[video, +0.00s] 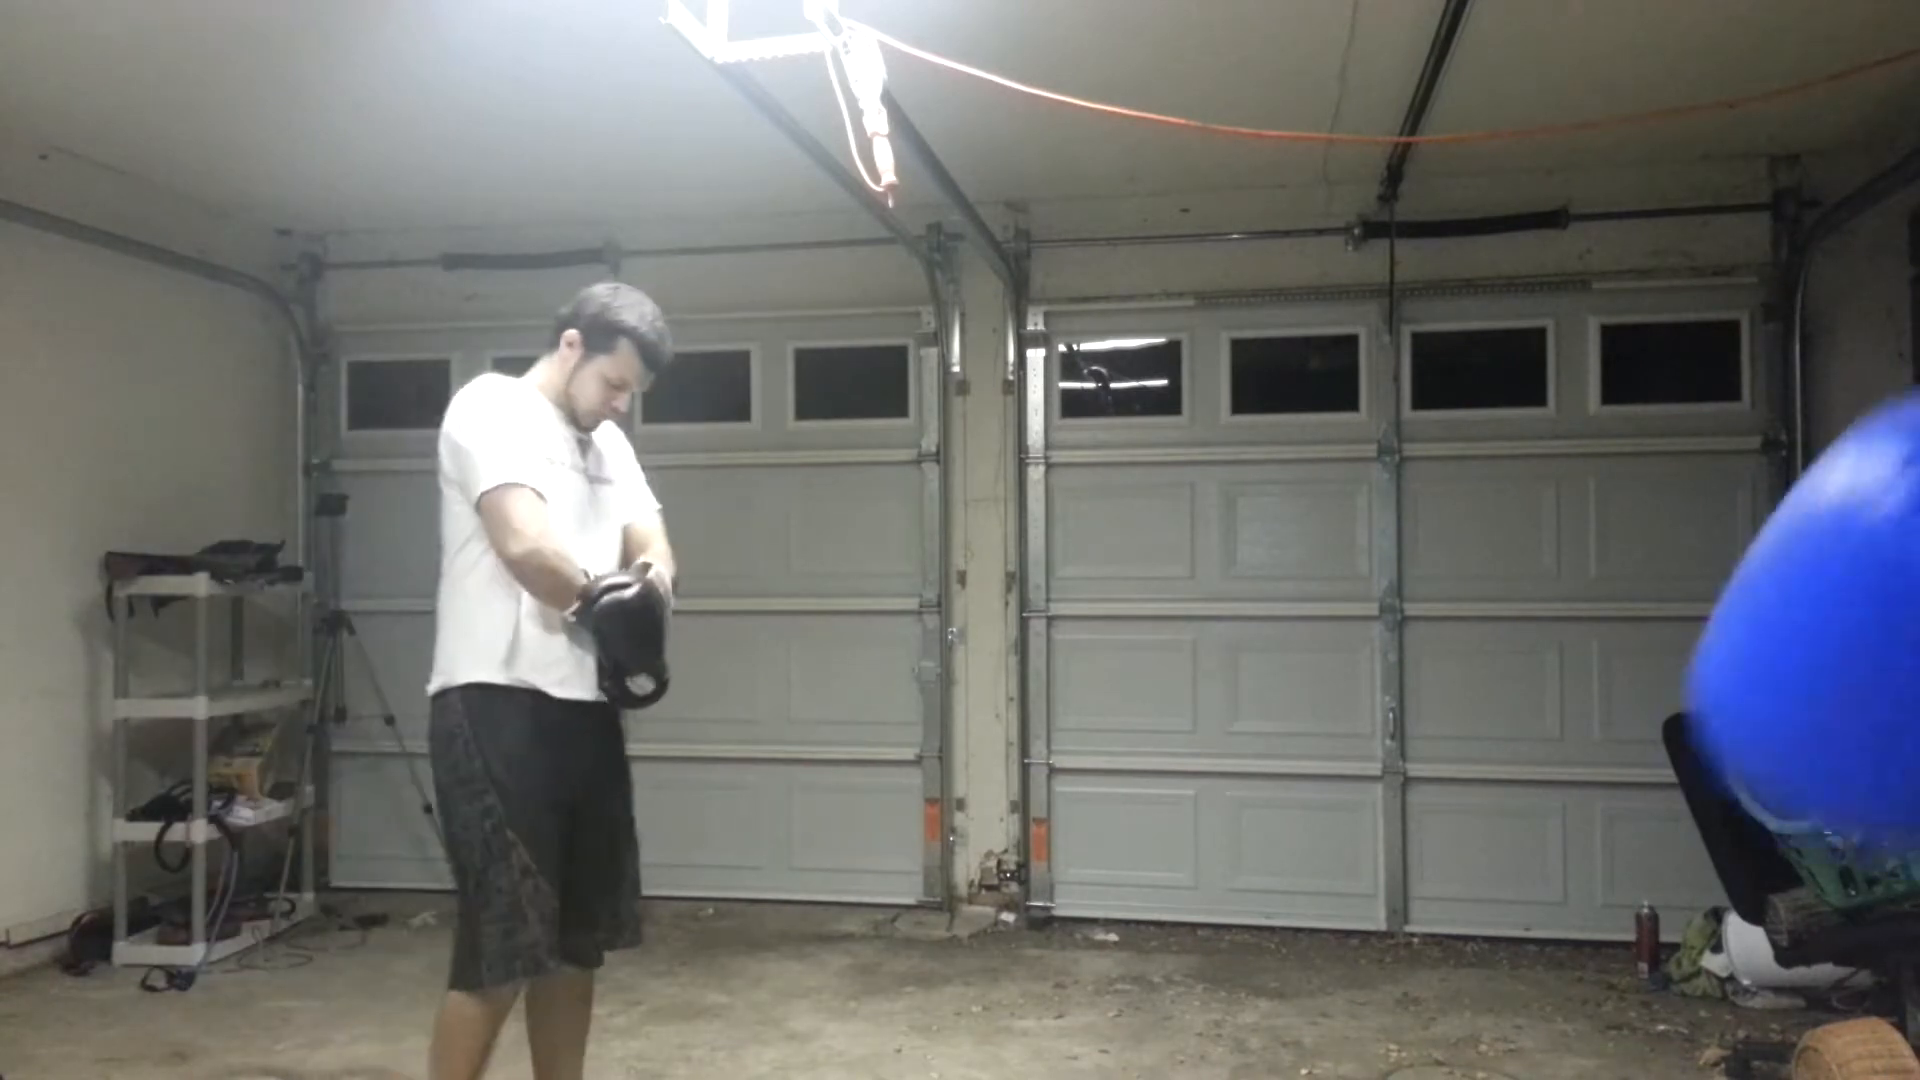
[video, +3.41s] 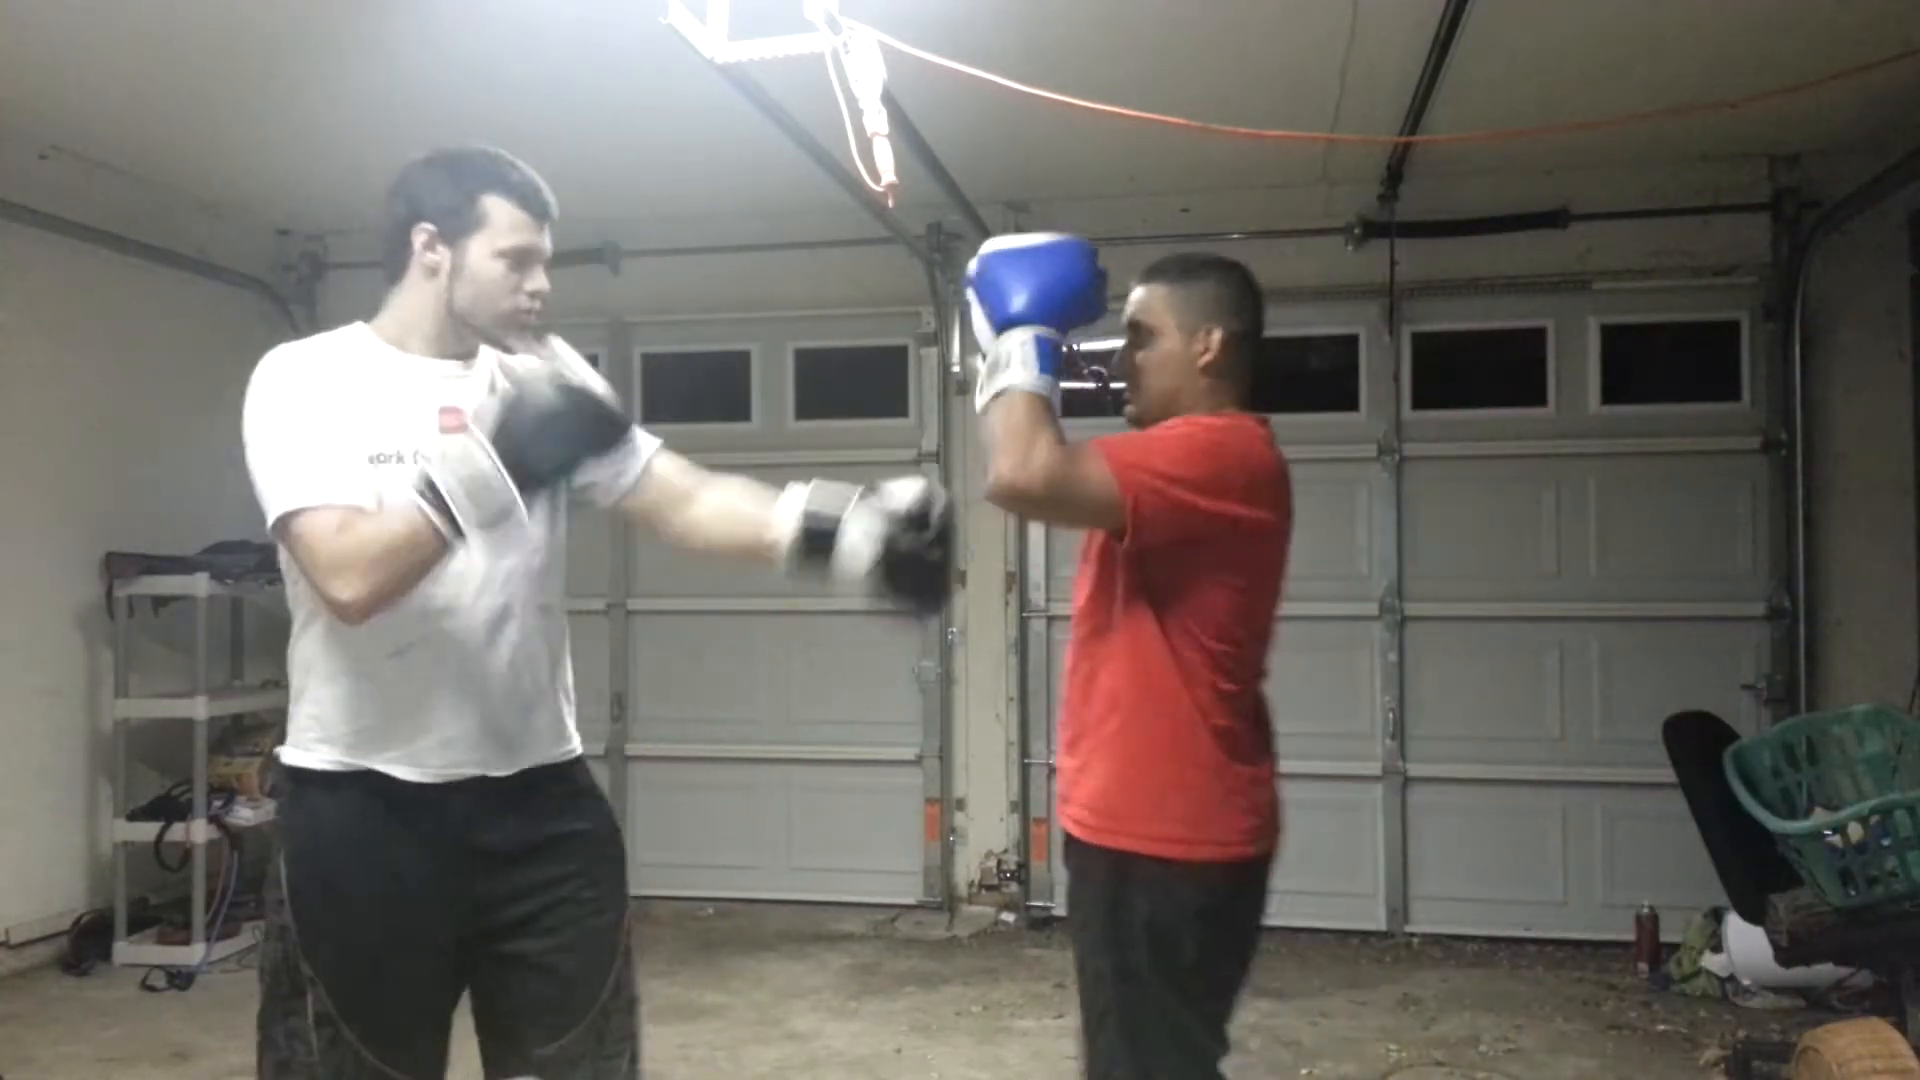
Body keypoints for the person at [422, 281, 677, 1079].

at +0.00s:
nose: (620, 407)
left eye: (632, 394)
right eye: (614, 384)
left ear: (635, 384)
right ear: (569, 347)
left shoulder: (610, 442)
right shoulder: (489, 405)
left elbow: (653, 551)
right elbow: (523, 546)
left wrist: (644, 589)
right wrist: (599, 605)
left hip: (584, 706)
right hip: (491, 701)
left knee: (575, 940)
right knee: (505, 933)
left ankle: (561, 1078)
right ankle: (450, 1070)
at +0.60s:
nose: (581, 331)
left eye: (595, 311)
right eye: (560, 312)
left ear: (613, 314)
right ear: (514, 316)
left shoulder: (641, 425)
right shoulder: (458, 435)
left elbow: (692, 551)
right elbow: (418, 604)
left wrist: (718, 606)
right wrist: (544, 670)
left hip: (636, 737)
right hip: (512, 749)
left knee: (647, 957)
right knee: (527, 994)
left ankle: (592, 1078)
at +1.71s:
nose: (675, 273)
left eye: (692, 260)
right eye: (652, 252)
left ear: (705, 287)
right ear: (599, 267)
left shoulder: (738, 431)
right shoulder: (503, 396)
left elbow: (780, 603)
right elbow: (410, 565)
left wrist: (727, 575)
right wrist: (518, 560)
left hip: (676, 772)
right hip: (515, 763)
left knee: (673, 1048)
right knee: (462, 1047)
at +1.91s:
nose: (637, 301)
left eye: (655, 282)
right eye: (615, 277)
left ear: (671, 287)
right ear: (555, 275)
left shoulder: (683, 406)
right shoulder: (464, 394)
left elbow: (749, 579)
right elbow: (441, 559)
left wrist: (735, 444)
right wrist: (512, 411)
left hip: (652, 771)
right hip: (495, 769)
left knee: (668, 1052)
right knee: (460, 1055)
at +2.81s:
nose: (609, 332)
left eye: (621, 308)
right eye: (586, 306)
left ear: (634, 300)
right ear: (508, 289)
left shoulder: (652, 408)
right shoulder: (405, 395)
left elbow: (777, 512)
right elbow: (420, 579)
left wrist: (842, 496)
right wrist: (503, 427)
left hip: (615, 794)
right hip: (444, 797)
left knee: (653, 1064)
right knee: (431, 1064)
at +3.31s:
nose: (554, 303)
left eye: (560, 279)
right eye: (527, 274)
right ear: (442, 262)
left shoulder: (563, 396)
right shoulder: (312, 385)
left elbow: (731, 464)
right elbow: (359, 558)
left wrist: (898, 466)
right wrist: (459, 399)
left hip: (543, 808)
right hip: (360, 811)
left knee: (596, 1064)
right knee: (341, 1067)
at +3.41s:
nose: (541, 288)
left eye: (545, 265)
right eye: (517, 260)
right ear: (430, 251)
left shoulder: (542, 371)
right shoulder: (303, 380)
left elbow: (683, 495)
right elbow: (350, 576)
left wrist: (841, 531)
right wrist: (496, 459)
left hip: (540, 803)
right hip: (363, 816)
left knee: (582, 1064)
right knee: (357, 1063)